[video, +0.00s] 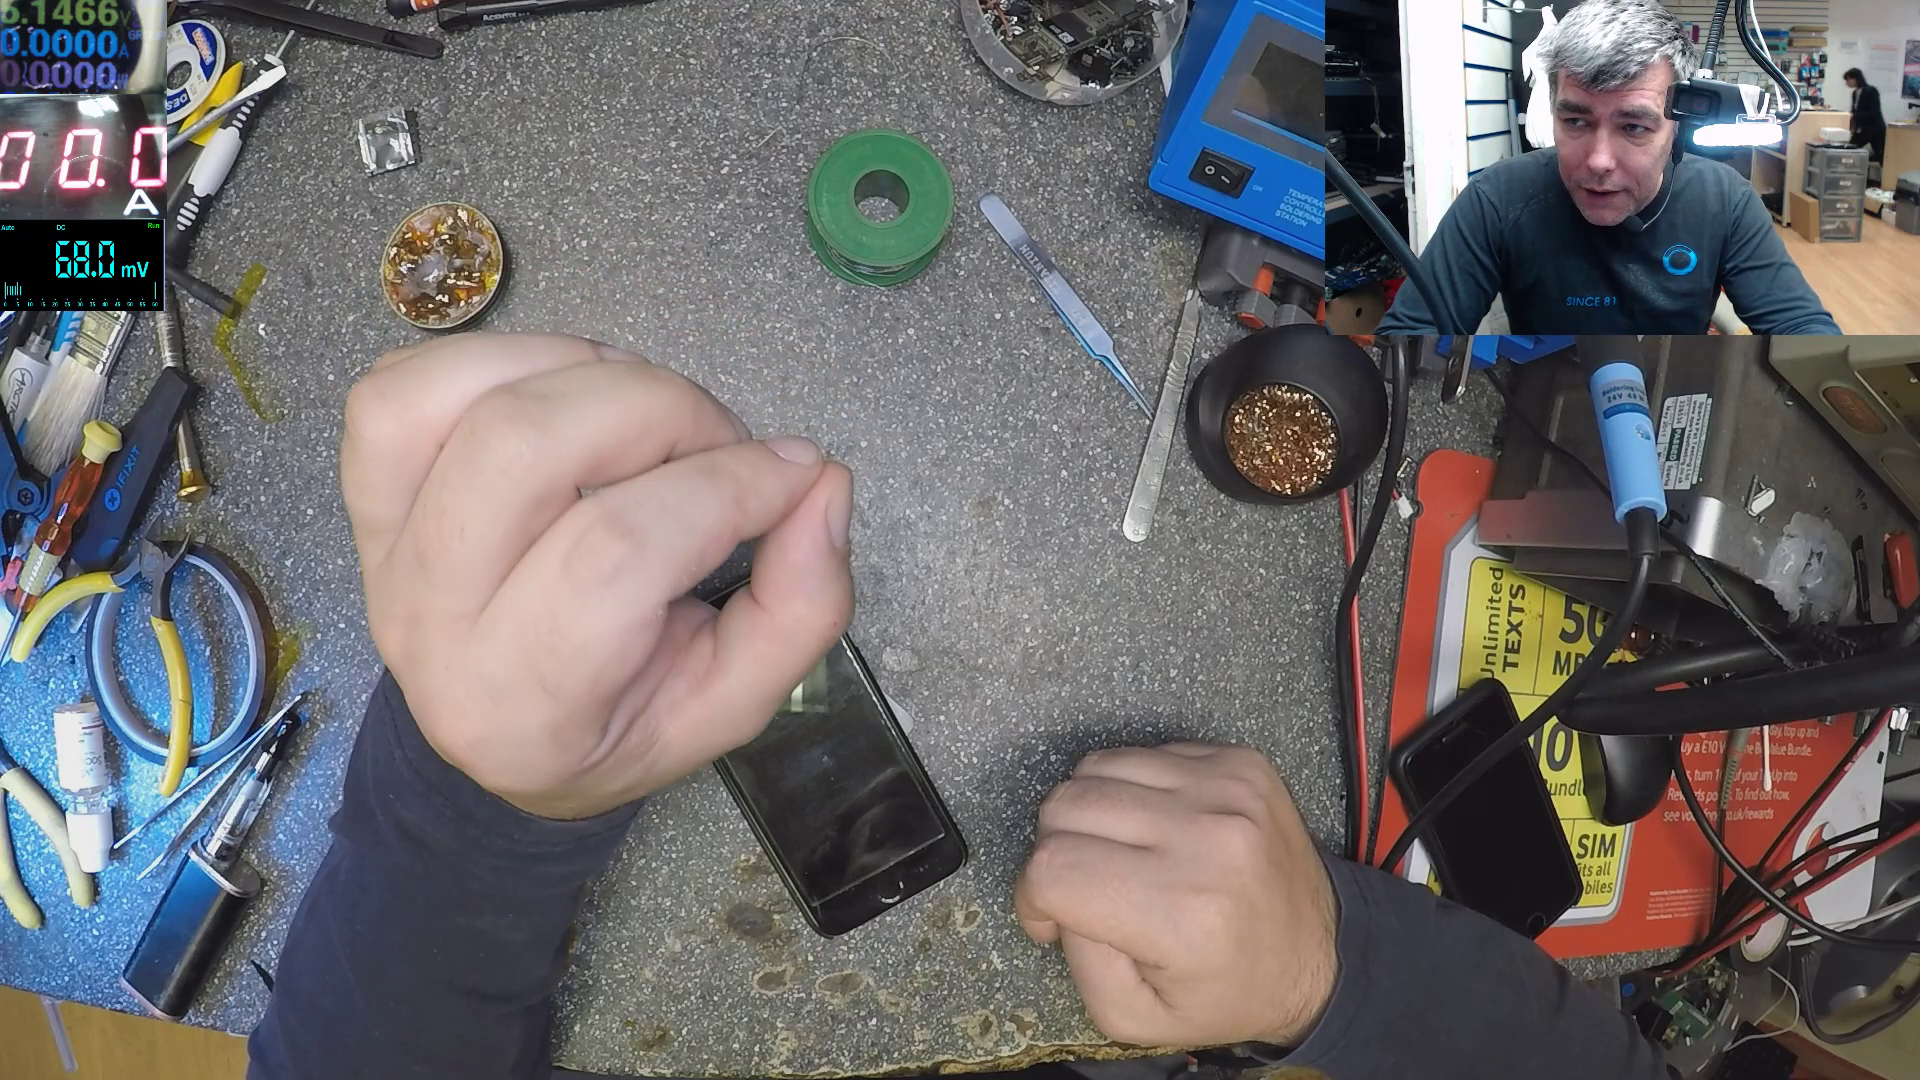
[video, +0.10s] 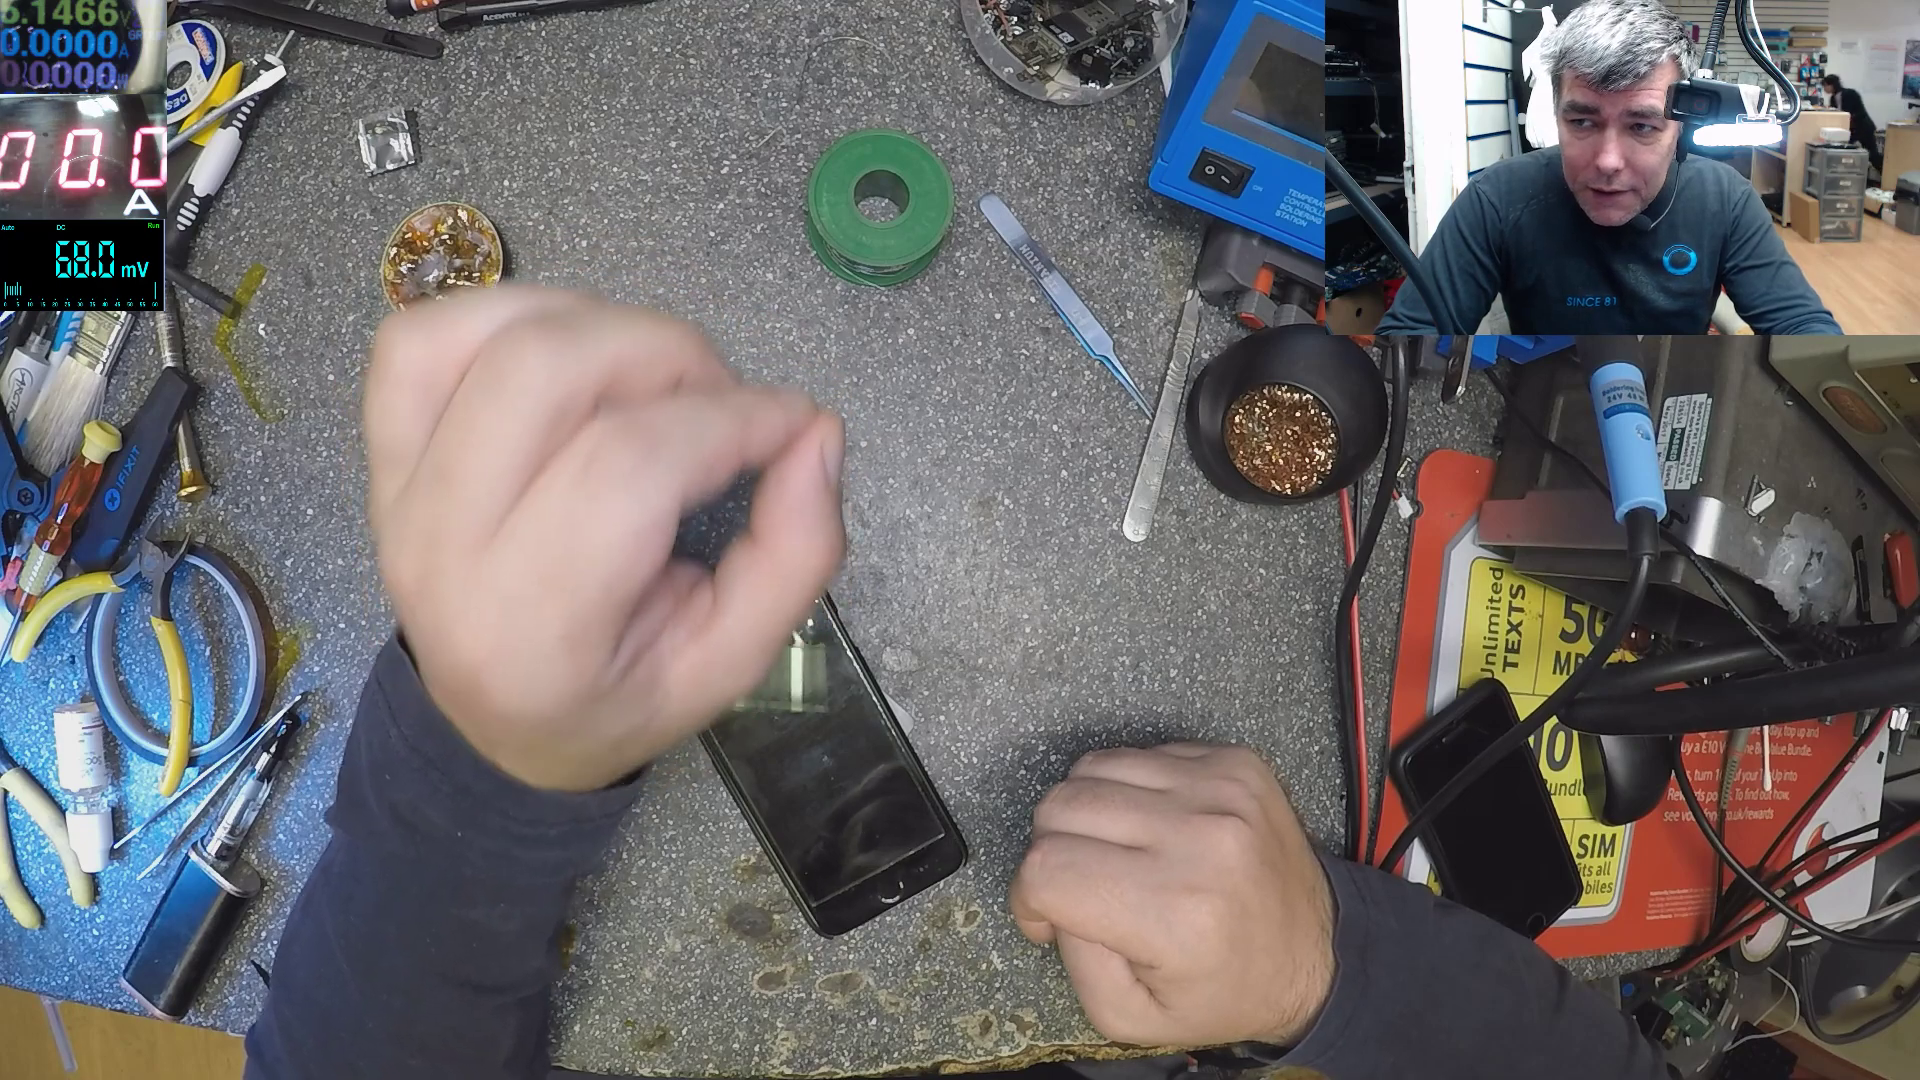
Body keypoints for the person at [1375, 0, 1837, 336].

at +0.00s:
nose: (1600, 161)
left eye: (1634, 127)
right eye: (1577, 121)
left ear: (1672, 122)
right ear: (1550, 113)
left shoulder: (1722, 201)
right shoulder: (1497, 203)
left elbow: (1803, 328)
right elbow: (1406, 336)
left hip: (1681, 417)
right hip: (1546, 419)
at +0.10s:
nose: (1608, 161)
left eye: (1641, 127)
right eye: (1583, 123)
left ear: (1679, 119)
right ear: (1555, 114)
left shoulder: (1722, 200)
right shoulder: (1498, 203)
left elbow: (1803, 327)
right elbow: (1407, 336)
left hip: (1681, 421)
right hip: (1545, 422)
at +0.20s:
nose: (1607, 159)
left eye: (1640, 125)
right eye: (1583, 120)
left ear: (1679, 122)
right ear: (1555, 111)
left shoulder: (1722, 200)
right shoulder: (1498, 203)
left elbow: (1802, 327)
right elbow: (1406, 337)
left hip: (1682, 418)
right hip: (1547, 420)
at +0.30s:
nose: (1609, 159)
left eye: (1642, 126)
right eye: (1584, 120)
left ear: (1681, 119)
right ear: (1556, 107)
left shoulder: (1722, 200)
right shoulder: (1498, 202)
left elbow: (1800, 327)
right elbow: (1407, 335)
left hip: (1682, 420)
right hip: (1546, 421)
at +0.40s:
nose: (1625, 168)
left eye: (1656, 133)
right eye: (1598, 129)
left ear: (1687, 118)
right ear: (1563, 112)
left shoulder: (1724, 201)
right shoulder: (1499, 202)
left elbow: (1798, 328)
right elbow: (1408, 334)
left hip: (1682, 421)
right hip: (1545, 422)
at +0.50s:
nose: (1636, 169)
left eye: (1665, 135)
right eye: (1609, 130)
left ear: (1691, 126)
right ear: (1568, 117)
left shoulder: (1725, 202)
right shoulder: (1501, 203)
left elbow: (1796, 329)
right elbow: (1406, 334)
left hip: (1681, 420)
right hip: (1547, 420)